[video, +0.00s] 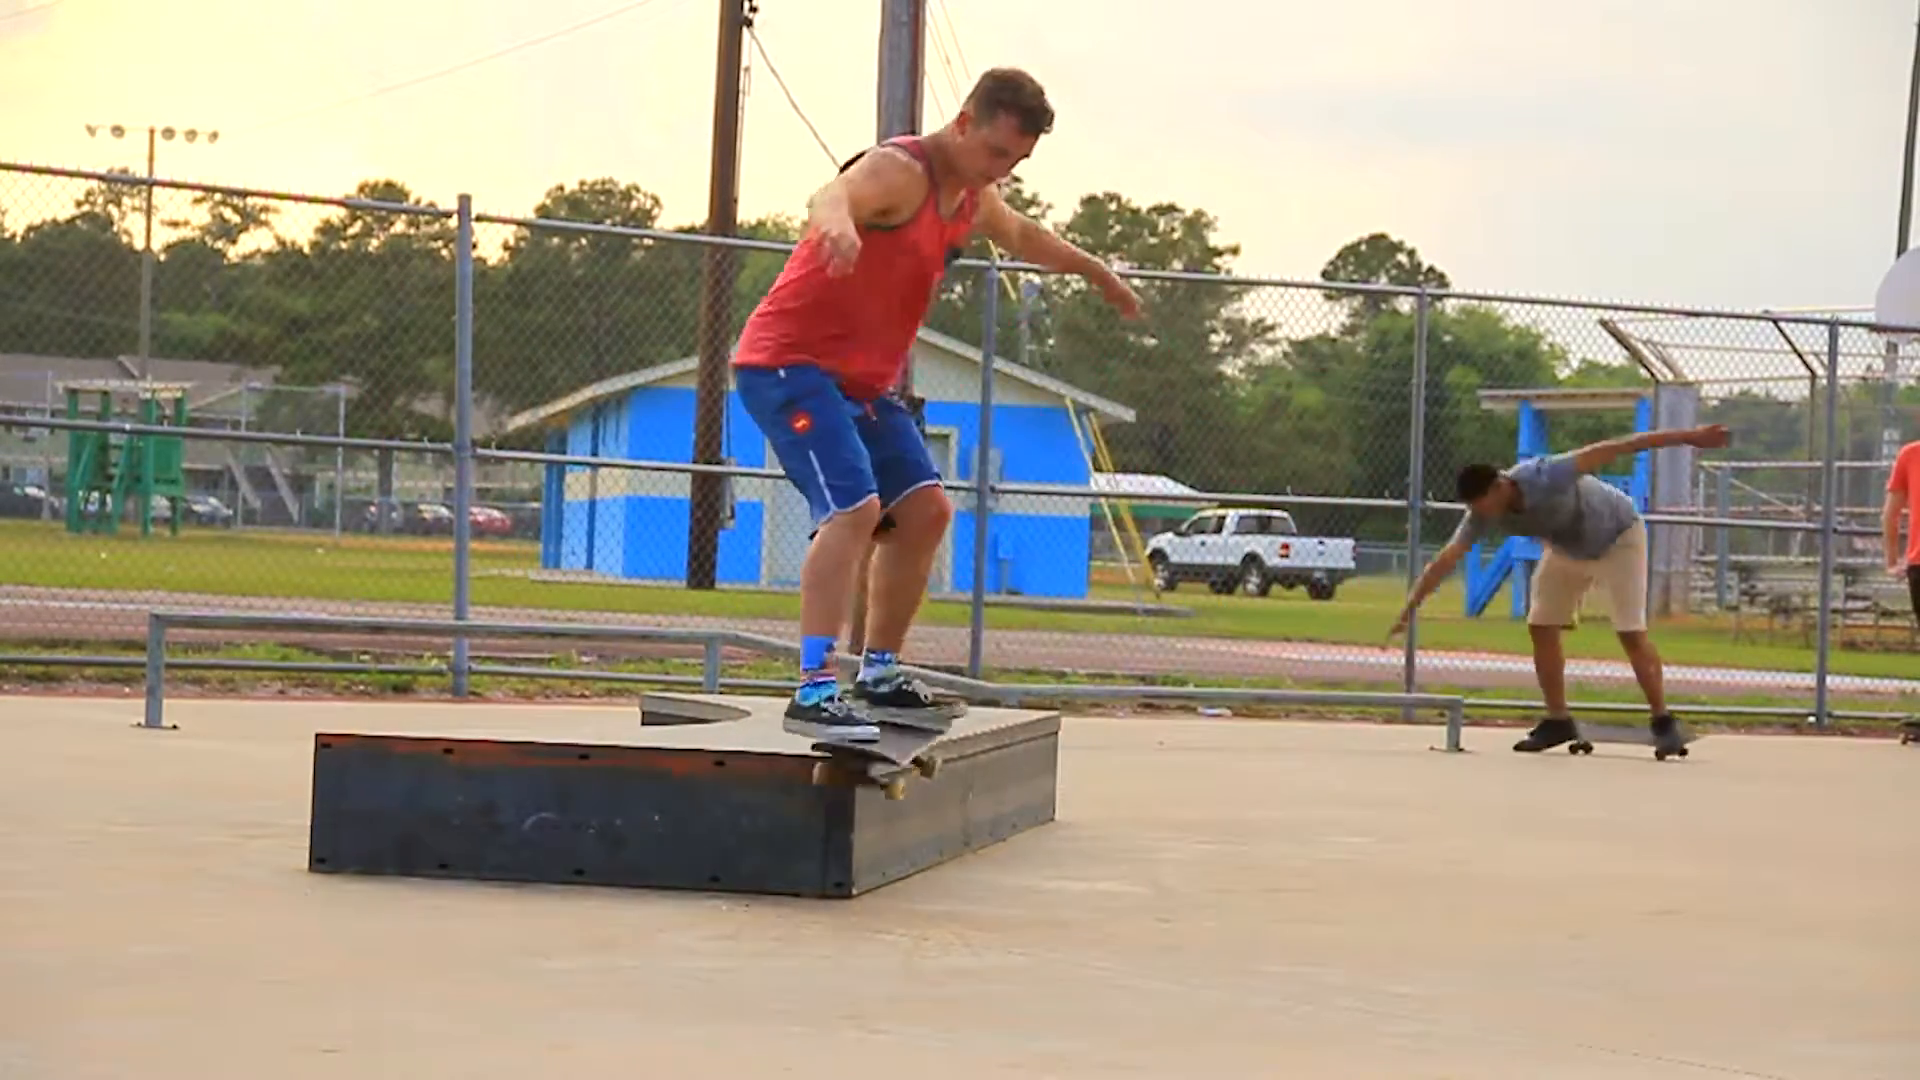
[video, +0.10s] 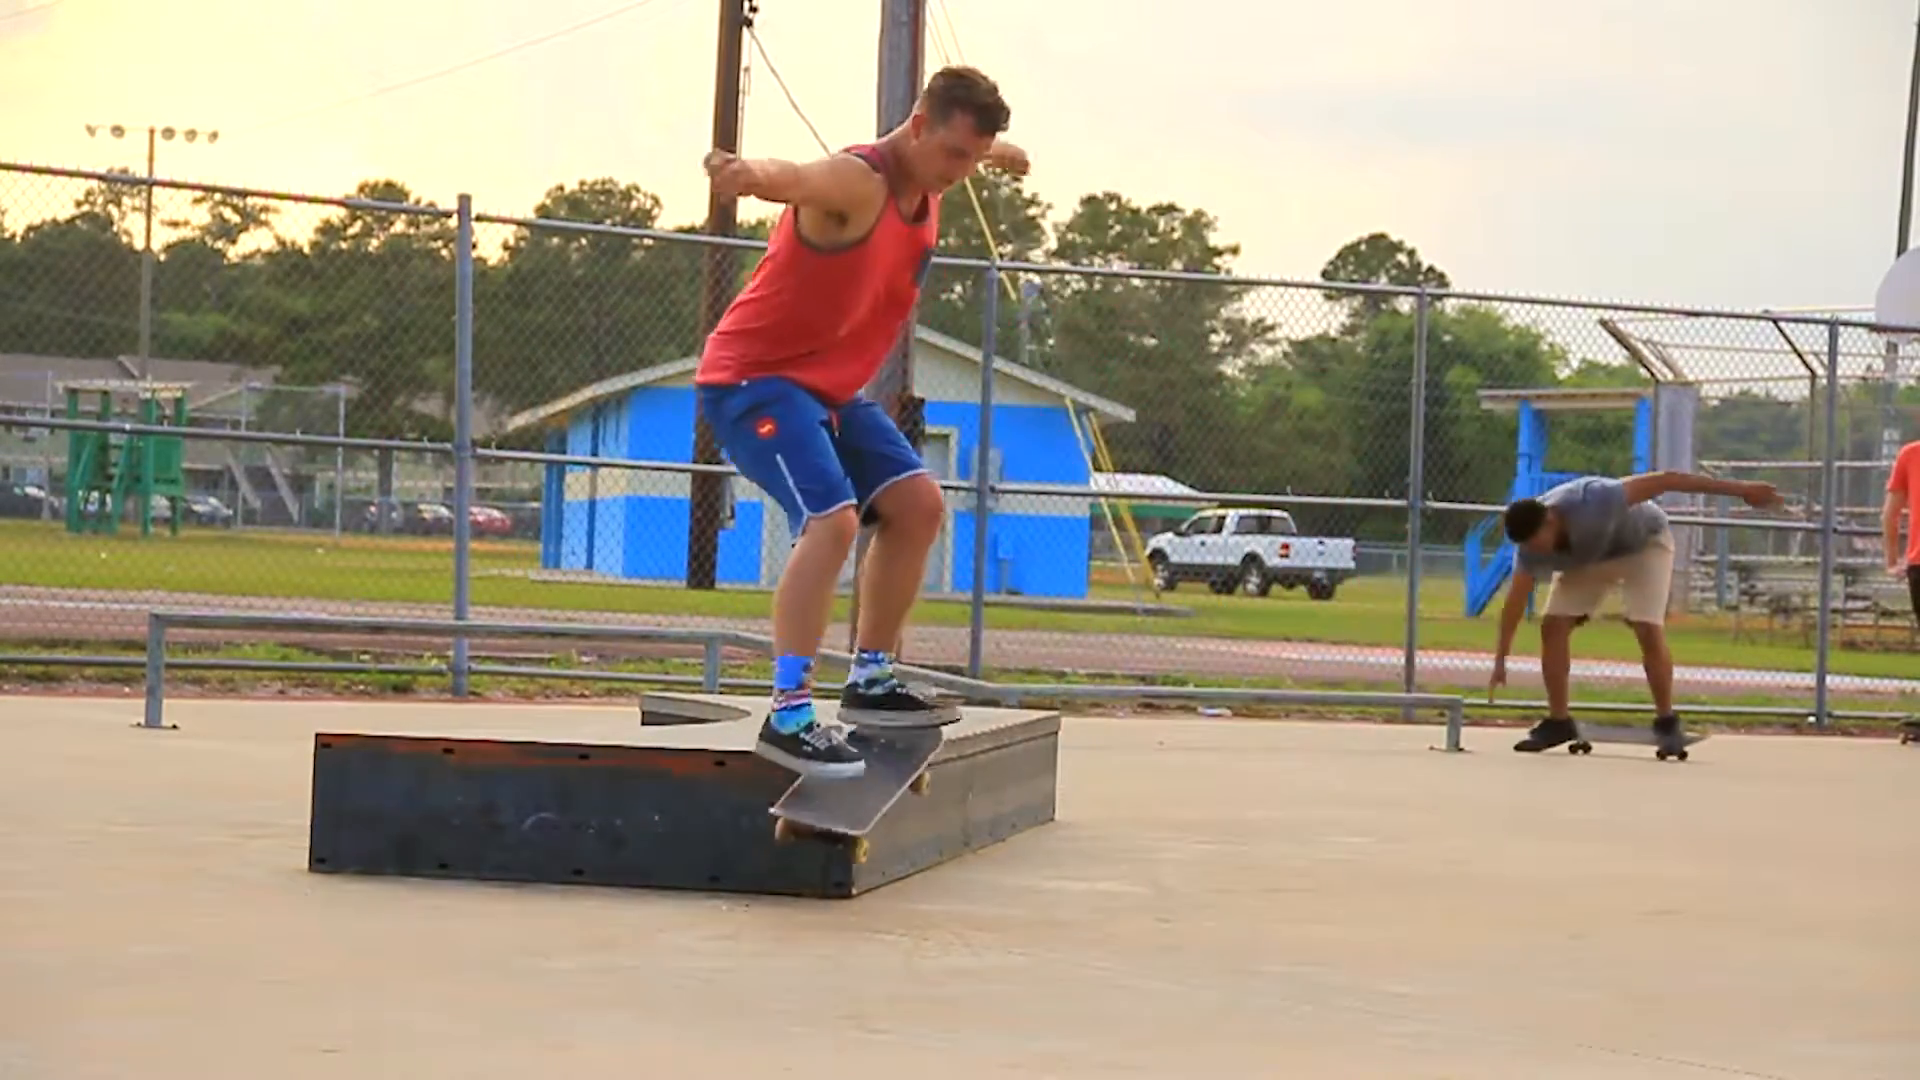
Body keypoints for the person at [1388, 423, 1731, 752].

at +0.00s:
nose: (1483, 517)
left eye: (1485, 508)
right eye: (1477, 512)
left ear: (1502, 487)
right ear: (1475, 503)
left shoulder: (1544, 475)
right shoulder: (1483, 513)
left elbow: (1615, 448)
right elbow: (1444, 562)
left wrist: (1690, 437)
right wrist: (1409, 607)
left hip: (1619, 533)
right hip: (1566, 545)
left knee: (1630, 630)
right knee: (1542, 624)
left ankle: (1662, 721)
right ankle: (1558, 721)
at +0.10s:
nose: (1537, 552)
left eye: (1539, 544)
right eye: (1530, 549)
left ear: (1551, 520)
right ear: (1521, 541)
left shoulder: (1596, 498)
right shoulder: (1531, 546)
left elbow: (1669, 480)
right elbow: (1515, 600)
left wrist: (1744, 490)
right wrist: (1500, 659)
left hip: (1643, 543)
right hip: (1585, 558)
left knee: (1647, 627)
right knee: (1553, 626)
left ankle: (1667, 723)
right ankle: (1558, 720)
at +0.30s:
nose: (1620, 490)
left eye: (1623, 483)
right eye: (1612, 488)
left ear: (1633, 463)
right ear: (1597, 479)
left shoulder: (1668, 452)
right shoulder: (1585, 477)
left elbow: (1739, 466)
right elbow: (1553, 521)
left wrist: (1790, 505)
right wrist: (1525, 573)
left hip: (1686, 522)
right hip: (1632, 525)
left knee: (1682, 614)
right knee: (1593, 602)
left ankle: (1686, 716)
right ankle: (1588, 703)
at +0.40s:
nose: (1644, 453)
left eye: (1649, 446)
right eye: (1637, 448)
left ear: (1663, 433)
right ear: (1629, 438)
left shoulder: (1702, 433)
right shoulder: (1619, 443)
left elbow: (1757, 464)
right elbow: (1565, 469)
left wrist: (1792, 515)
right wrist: (1507, 504)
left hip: (1702, 531)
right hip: (1650, 527)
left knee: (1695, 622)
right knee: (1612, 609)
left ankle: (1709, 719)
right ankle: (1631, 707)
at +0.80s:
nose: (1715, 367)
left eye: (1722, 359)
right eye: (1714, 360)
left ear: (1749, 360)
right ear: (1724, 362)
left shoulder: (1776, 412)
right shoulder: (1718, 405)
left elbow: (1761, 476)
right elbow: (1696, 452)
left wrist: (1697, 507)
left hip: (1762, 530)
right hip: (1714, 530)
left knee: (1775, 626)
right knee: (1706, 623)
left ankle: (1804, 719)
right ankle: (1718, 718)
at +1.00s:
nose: (1745, 355)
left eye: (1753, 347)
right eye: (1748, 348)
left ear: (1776, 355)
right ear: (1769, 357)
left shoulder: (1789, 400)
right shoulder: (1771, 405)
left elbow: (1766, 462)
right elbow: (1777, 474)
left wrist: (1698, 493)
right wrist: (1757, 522)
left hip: (1795, 529)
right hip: (1761, 529)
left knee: (1788, 627)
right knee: (1736, 620)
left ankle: (1816, 723)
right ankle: (1724, 717)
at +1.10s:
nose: (1760, 359)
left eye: (1766, 352)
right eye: (1763, 352)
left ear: (1782, 356)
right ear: (1793, 359)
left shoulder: (1793, 392)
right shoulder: (1808, 397)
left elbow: (1776, 443)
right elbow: (1833, 467)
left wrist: (1737, 499)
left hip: (1819, 528)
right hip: (1790, 526)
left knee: (1798, 626)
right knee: (1764, 621)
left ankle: (1819, 725)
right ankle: (1744, 712)